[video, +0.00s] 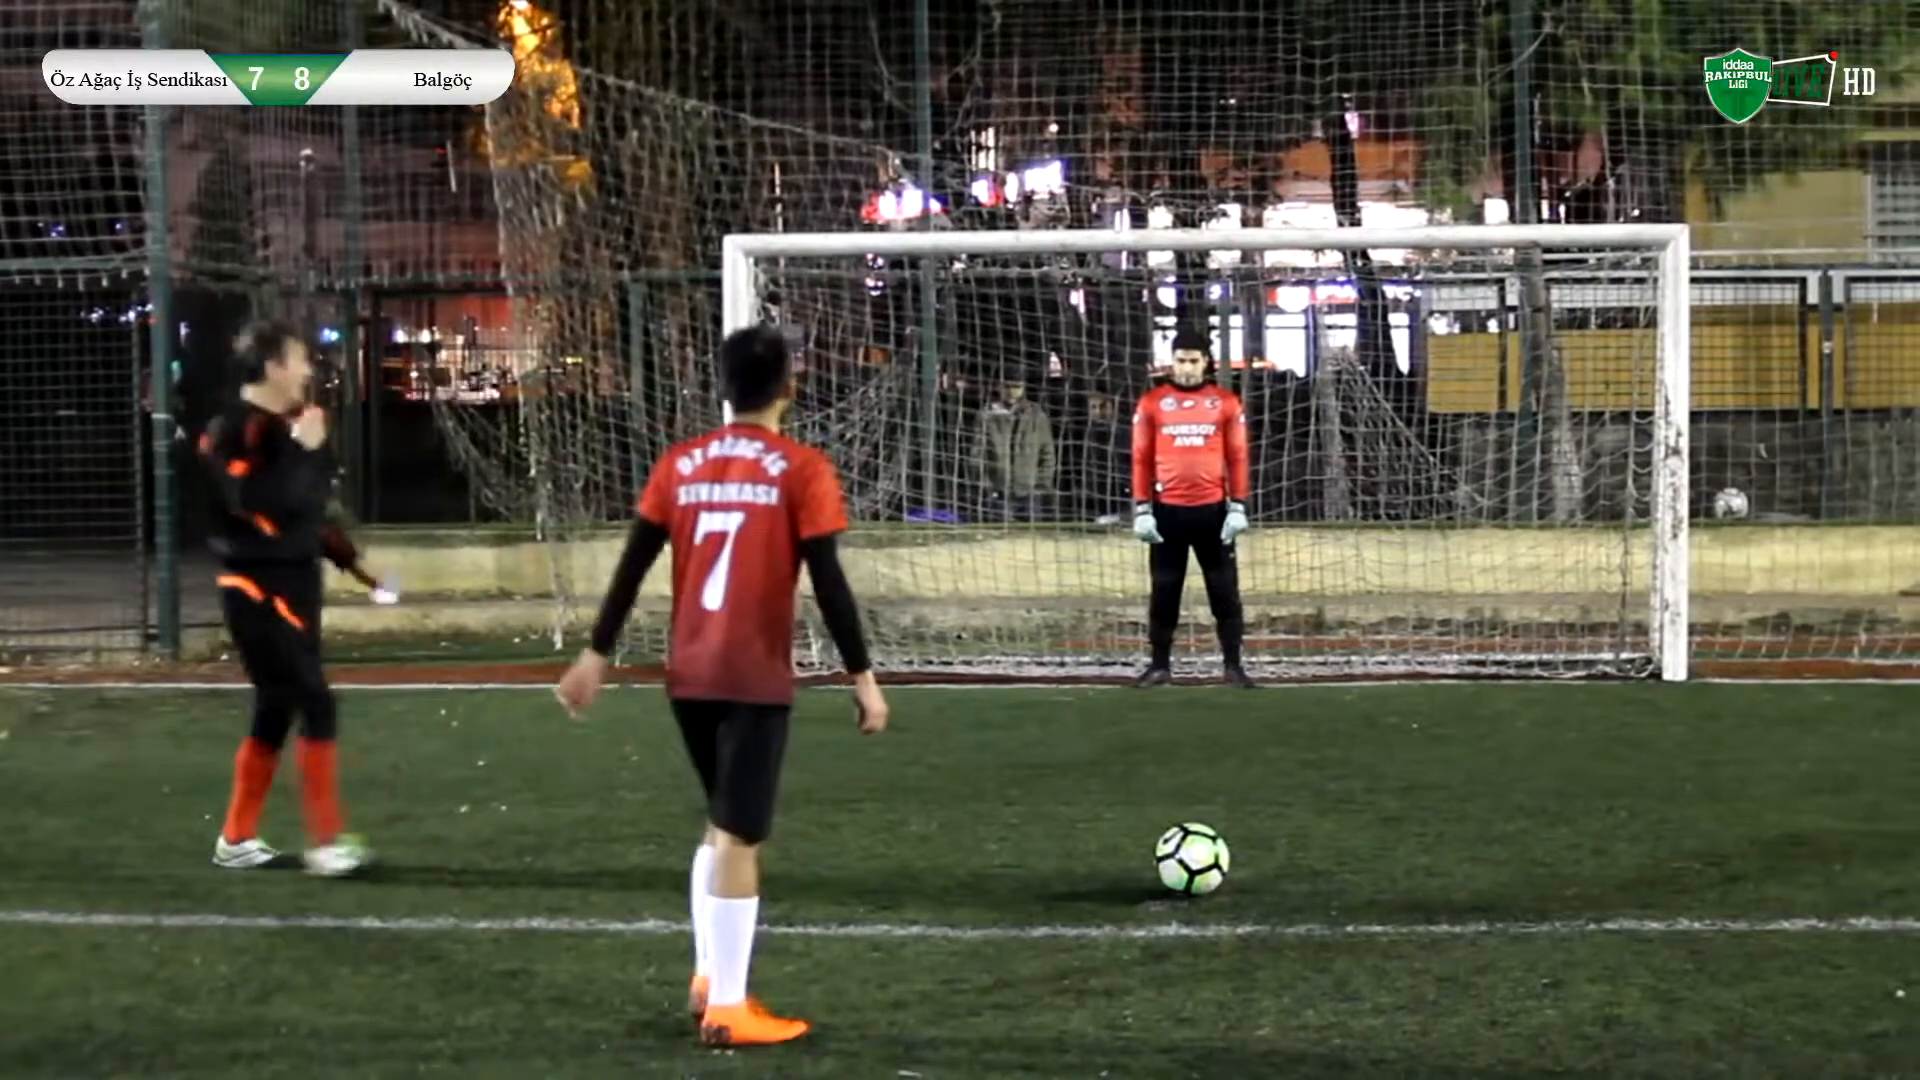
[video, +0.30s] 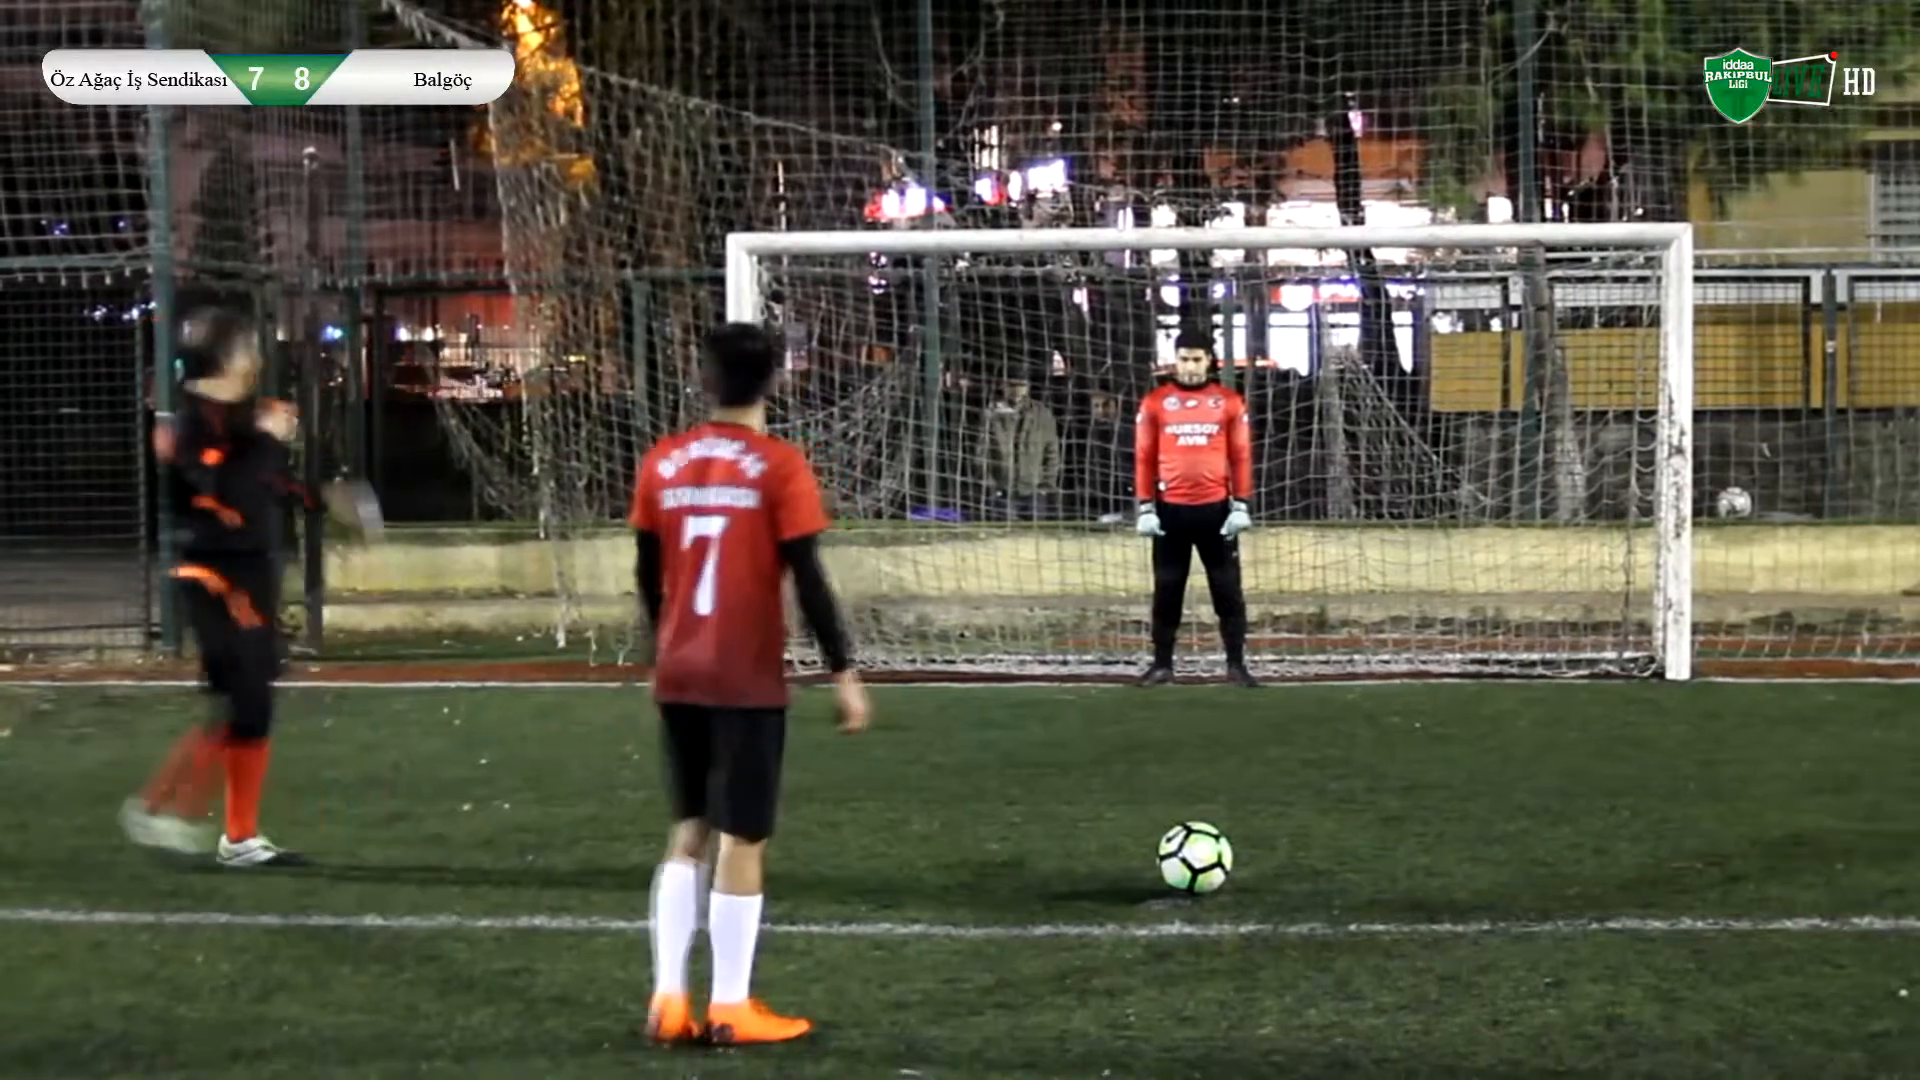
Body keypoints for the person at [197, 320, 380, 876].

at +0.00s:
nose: (309, 373)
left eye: (308, 362)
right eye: (301, 362)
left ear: (279, 369)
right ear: (270, 368)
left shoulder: (287, 428)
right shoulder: (234, 431)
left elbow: (307, 516)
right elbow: (273, 507)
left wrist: (355, 564)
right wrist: (306, 451)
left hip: (293, 582)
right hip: (255, 585)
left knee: (275, 705)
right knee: (316, 700)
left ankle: (237, 836)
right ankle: (326, 841)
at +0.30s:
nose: (253, 361)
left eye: (250, 351)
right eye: (245, 351)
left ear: (212, 358)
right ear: (227, 357)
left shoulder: (240, 418)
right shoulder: (196, 418)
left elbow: (263, 483)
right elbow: (228, 496)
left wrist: (310, 495)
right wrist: (267, 438)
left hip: (248, 575)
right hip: (214, 574)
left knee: (251, 701)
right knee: (244, 700)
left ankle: (241, 836)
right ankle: (157, 807)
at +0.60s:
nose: (205, 362)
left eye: (202, 351)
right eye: (197, 351)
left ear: (165, 361)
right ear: (175, 360)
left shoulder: (194, 419)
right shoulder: (143, 425)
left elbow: (231, 445)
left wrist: (286, 427)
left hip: (202, 577)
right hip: (159, 579)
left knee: (227, 705)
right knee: (146, 716)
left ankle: (241, 835)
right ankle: (64, 813)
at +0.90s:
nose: (161, 371)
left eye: (160, 360)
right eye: (152, 361)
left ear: (136, 365)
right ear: (124, 366)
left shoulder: (147, 425)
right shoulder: (90, 426)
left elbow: (188, 438)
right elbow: (106, 485)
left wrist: (240, 415)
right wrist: (172, 433)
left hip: (140, 581)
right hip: (96, 582)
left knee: (169, 696)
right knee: (97, 710)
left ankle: (208, 820)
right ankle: (46, 828)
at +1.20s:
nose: (123, 365)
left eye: (124, 355)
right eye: (115, 354)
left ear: (107, 359)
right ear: (80, 355)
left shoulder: (107, 411)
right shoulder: (49, 415)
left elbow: (135, 464)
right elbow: (93, 480)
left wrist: (189, 465)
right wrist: (126, 420)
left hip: (109, 568)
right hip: (65, 569)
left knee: (132, 689)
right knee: (70, 696)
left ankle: (108, 813)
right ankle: (45, 829)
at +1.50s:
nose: (87, 367)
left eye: (89, 356)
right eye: (78, 356)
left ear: (81, 358)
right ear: (49, 356)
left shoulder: (70, 413)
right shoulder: (24, 414)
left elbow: (76, 482)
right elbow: (59, 481)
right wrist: (89, 423)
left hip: (78, 564)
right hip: (39, 565)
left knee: (69, 687)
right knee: (63, 689)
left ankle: (17, 784)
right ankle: (44, 828)